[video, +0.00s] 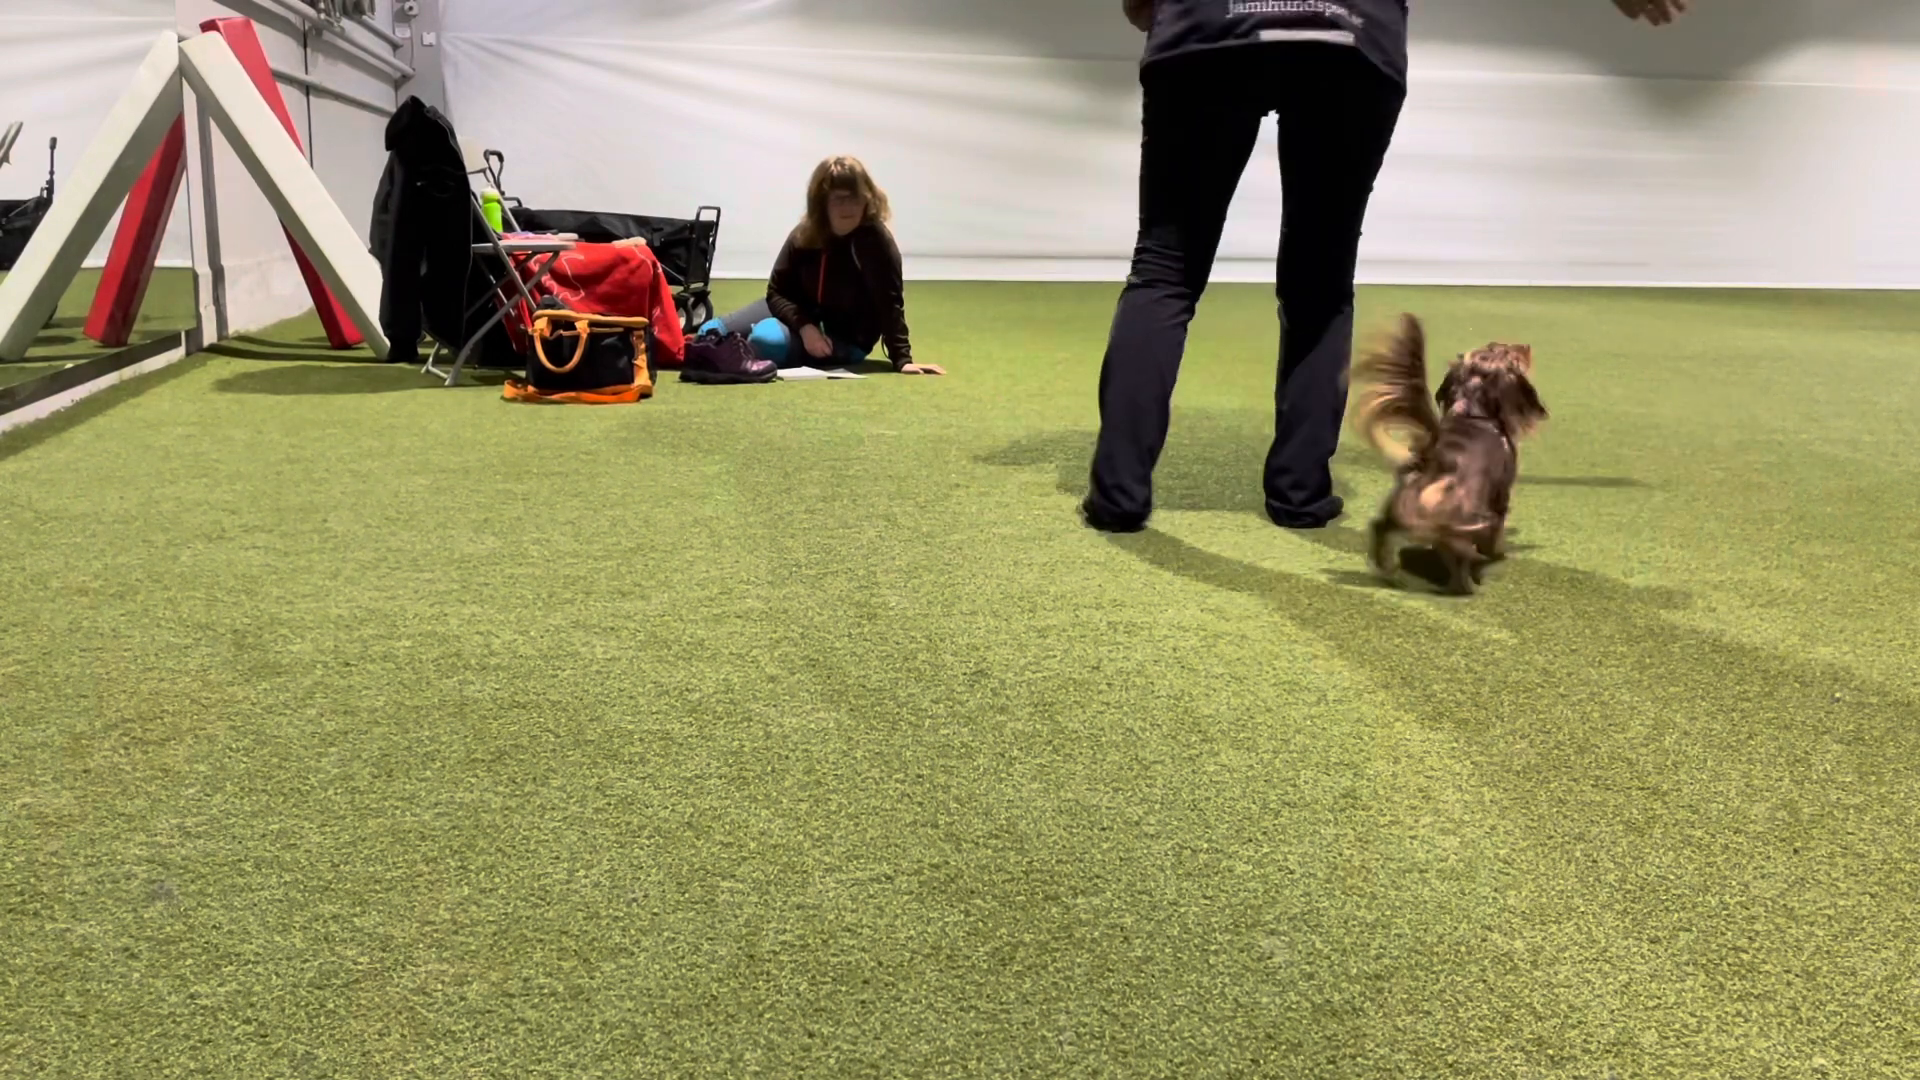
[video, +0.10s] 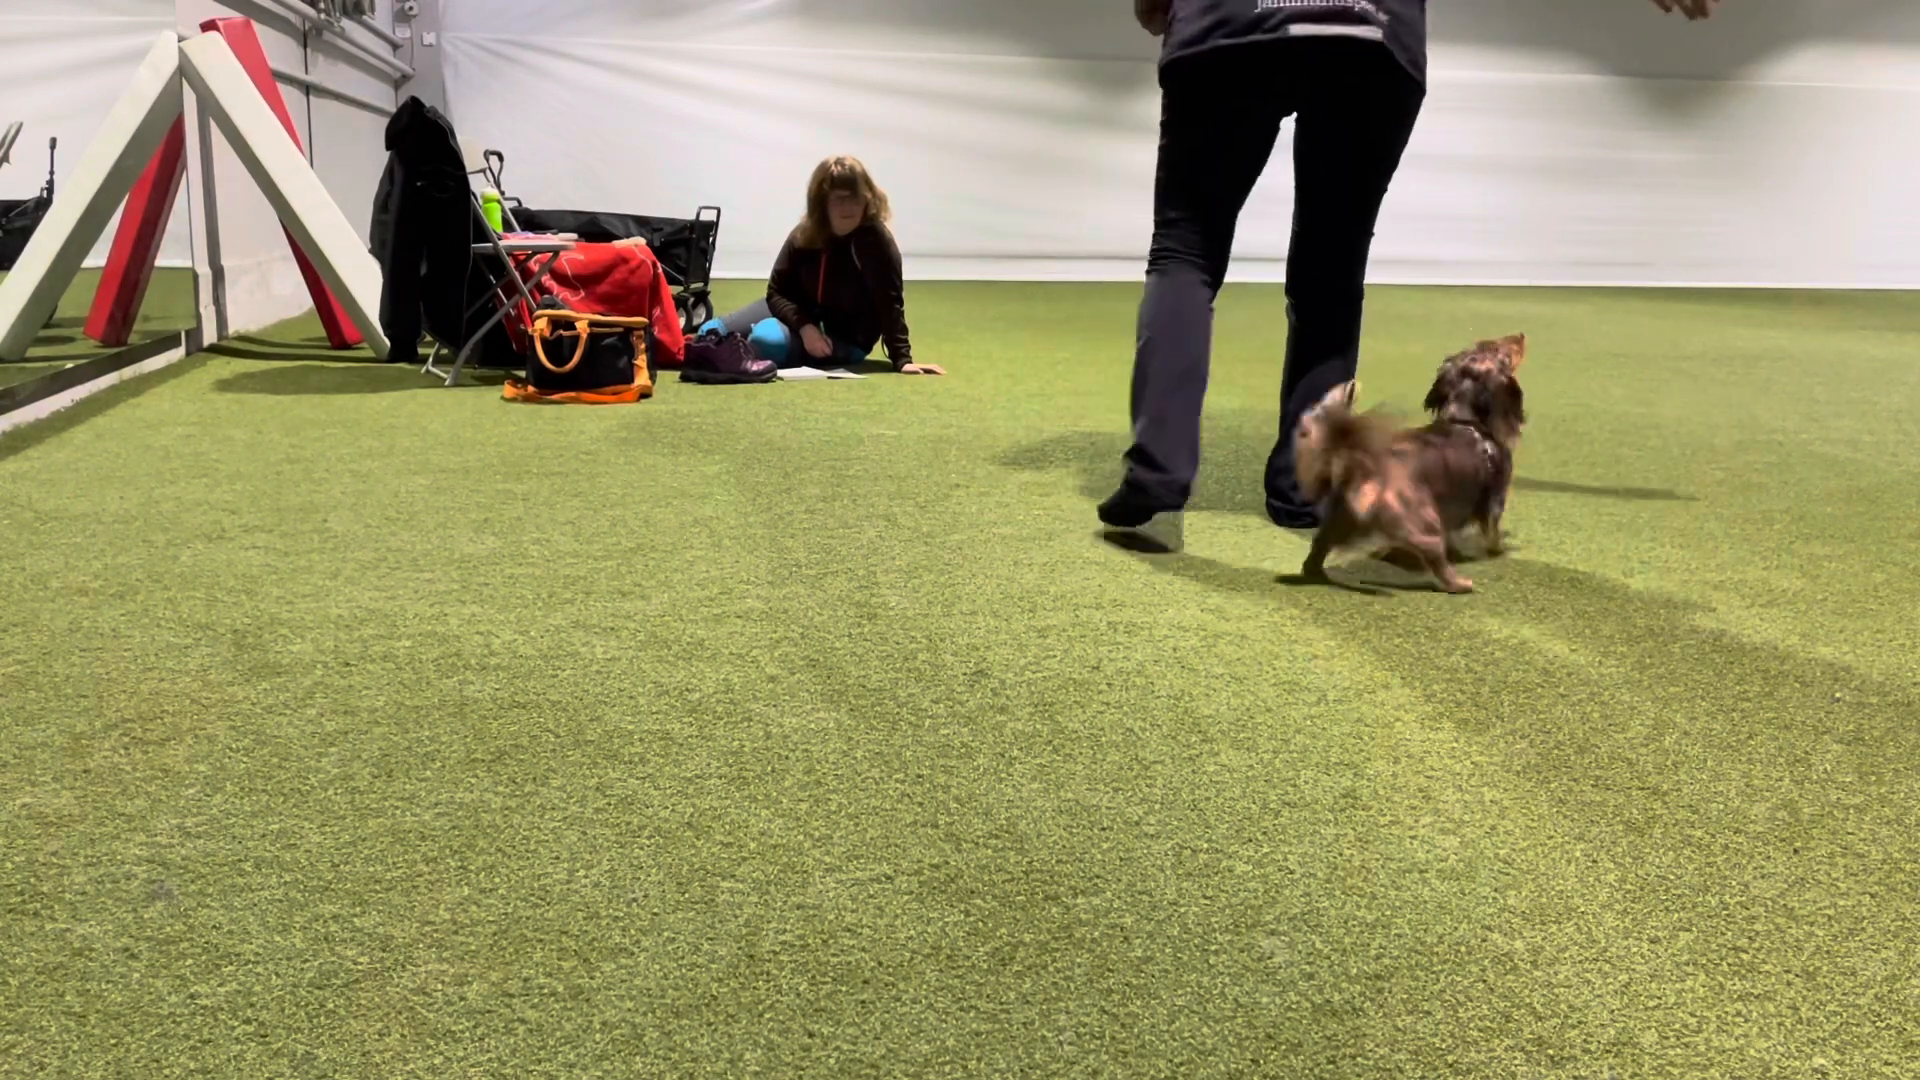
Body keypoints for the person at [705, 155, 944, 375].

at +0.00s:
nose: (847, 206)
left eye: (854, 197)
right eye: (838, 198)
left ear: (866, 200)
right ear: (822, 202)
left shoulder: (877, 242)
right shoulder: (804, 237)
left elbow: (891, 302)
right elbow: (777, 293)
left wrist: (903, 360)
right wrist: (804, 327)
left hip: (842, 338)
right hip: (795, 313)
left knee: (765, 336)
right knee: (712, 331)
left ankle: (733, 345)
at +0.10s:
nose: (847, 206)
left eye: (855, 196)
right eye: (838, 198)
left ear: (866, 200)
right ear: (822, 202)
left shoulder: (877, 242)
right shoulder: (804, 237)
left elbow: (891, 302)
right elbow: (777, 292)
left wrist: (902, 360)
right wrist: (804, 327)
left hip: (842, 338)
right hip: (795, 313)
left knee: (765, 336)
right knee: (712, 331)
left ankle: (732, 346)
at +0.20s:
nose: (847, 206)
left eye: (855, 196)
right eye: (838, 198)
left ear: (866, 200)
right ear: (822, 201)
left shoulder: (877, 241)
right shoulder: (804, 237)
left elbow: (891, 302)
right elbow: (777, 293)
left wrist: (902, 360)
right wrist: (804, 327)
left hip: (842, 338)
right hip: (795, 313)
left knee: (765, 336)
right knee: (712, 331)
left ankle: (733, 345)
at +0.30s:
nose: (847, 206)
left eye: (855, 196)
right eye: (839, 198)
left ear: (867, 200)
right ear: (822, 201)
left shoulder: (877, 241)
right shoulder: (804, 237)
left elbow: (891, 301)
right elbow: (777, 292)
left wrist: (902, 360)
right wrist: (804, 327)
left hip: (842, 337)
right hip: (795, 313)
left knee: (765, 336)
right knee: (712, 332)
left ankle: (732, 346)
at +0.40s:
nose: (847, 205)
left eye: (854, 197)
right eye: (838, 198)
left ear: (867, 200)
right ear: (822, 201)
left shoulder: (877, 242)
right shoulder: (804, 237)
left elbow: (891, 302)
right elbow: (777, 292)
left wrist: (902, 360)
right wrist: (804, 327)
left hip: (842, 337)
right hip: (795, 313)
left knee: (765, 337)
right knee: (712, 331)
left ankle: (732, 346)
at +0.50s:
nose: (847, 206)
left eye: (855, 196)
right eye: (838, 198)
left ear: (867, 200)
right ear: (822, 201)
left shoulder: (877, 241)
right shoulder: (804, 237)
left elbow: (891, 301)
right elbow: (777, 292)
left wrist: (902, 360)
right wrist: (804, 327)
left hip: (842, 338)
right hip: (795, 313)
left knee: (765, 336)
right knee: (712, 331)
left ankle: (732, 346)